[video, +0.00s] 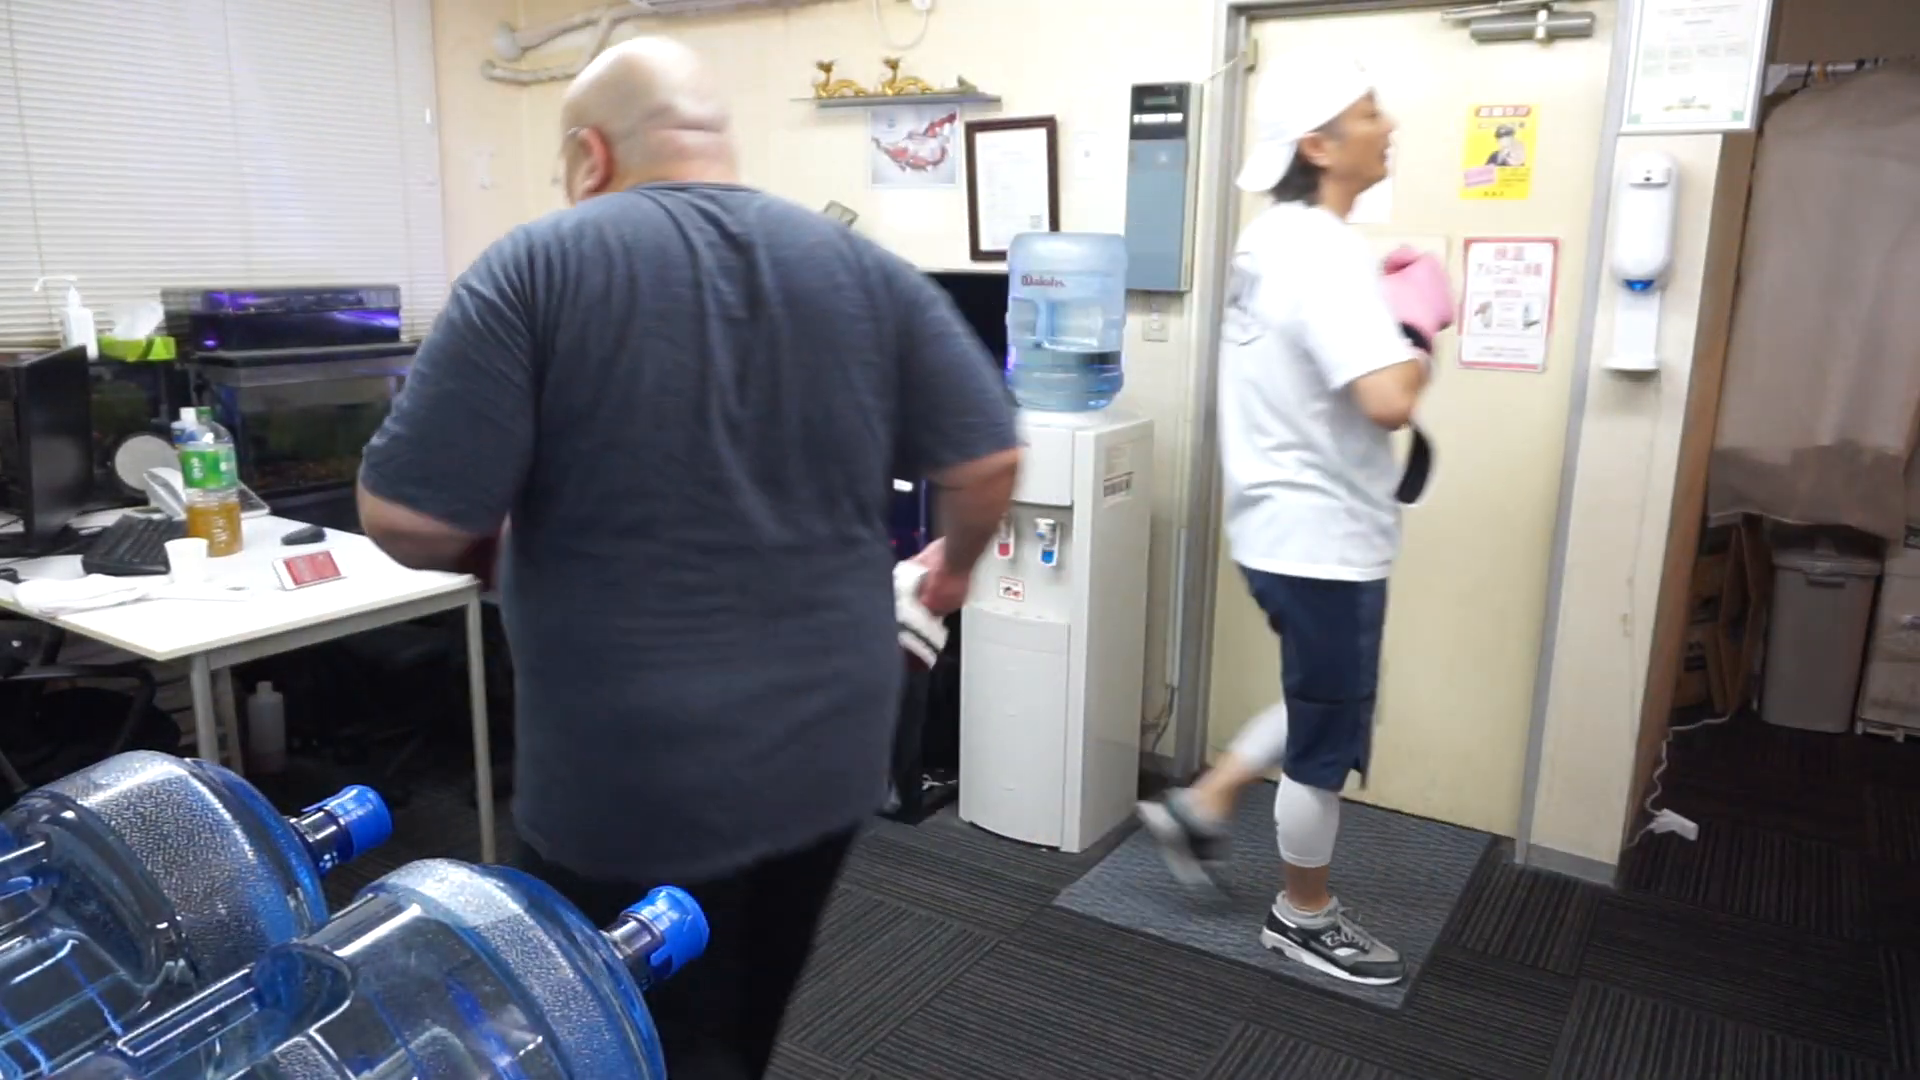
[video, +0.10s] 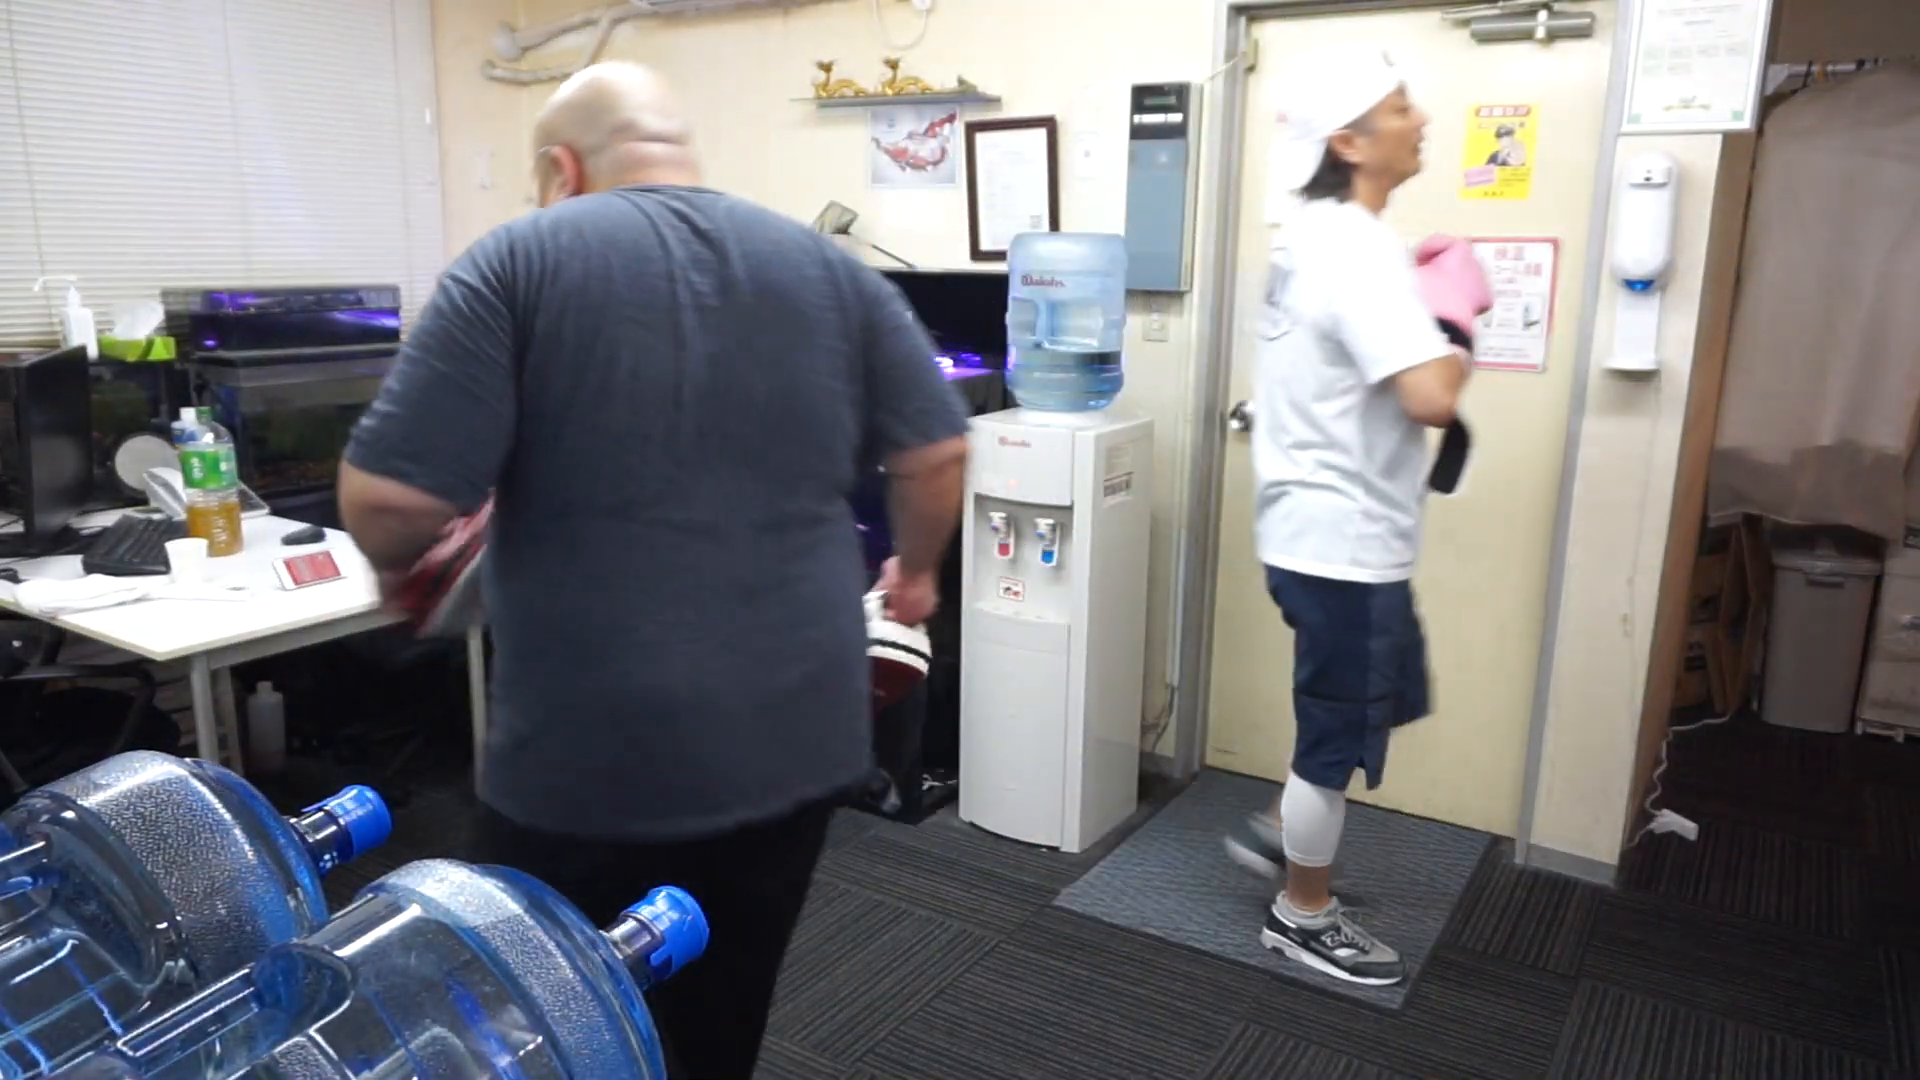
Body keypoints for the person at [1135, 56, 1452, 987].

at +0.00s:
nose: (1388, 126)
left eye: (1379, 111)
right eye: (1370, 117)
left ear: (1325, 149)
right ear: (1324, 148)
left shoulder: (1280, 237)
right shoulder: (1324, 252)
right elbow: (1388, 401)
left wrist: (1379, 302)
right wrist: (1423, 338)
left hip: (1280, 526)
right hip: (1321, 538)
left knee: (1321, 698)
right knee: (1329, 728)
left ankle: (1198, 809)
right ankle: (1303, 913)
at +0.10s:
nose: (1419, 119)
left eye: (1410, 104)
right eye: (1399, 110)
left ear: (1354, 143)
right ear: (1351, 141)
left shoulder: (1329, 234)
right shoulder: (1353, 247)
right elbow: (1433, 400)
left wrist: (1431, 316)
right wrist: (1458, 334)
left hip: (1337, 531)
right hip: (1337, 542)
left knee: (1391, 694)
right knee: (1334, 733)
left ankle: (1287, 826)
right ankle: (1302, 913)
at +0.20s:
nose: (1447, 116)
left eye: (1437, 102)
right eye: (1426, 108)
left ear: (1389, 147)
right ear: (1379, 144)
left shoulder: (1382, 237)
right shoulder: (1376, 249)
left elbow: (1430, 377)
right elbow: (1462, 400)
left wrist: (1473, 312)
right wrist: (1490, 322)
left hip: (1387, 538)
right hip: (1358, 545)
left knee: (1415, 703)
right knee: (1345, 731)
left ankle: (1406, 863)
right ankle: (1301, 908)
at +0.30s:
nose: (1475, 120)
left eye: (1466, 107)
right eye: (1454, 112)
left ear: (1419, 150)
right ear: (1405, 148)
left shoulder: (1418, 240)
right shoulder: (1399, 248)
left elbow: (1470, 377)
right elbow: (1491, 401)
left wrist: (1501, 314)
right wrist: (1520, 329)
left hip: (1428, 543)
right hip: (1390, 549)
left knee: (1434, 724)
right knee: (1359, 738)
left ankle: (1466, 888)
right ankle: (1302, 910)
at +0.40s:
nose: (1506, 123)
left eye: (1497, 110)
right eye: (1484, 115)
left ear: (1447, 153)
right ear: (1433, 152)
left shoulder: (1458, 246)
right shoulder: (1430, 252)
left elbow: (1506, 374)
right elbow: (1516, 401)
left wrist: (1538, 336)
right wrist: (1551, 342)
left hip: (1472, 549)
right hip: (1425, 554)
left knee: (1474, 732)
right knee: (1400, 743)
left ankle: (1476, 898)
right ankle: (1303, 910)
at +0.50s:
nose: (1536, 123)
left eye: (1527, 109)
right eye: (1513, 115)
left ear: (1479, 152)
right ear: (1463, 152)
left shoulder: (1493, 248)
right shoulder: (1459, 251)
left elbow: (1527, 375)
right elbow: (1539, 398)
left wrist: (1569, 309)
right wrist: (1586, 325)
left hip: (1507, 546)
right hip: (1464, 552)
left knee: (1496, 738)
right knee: (1474, 752)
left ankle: (1476, 898)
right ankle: (1326, 892)